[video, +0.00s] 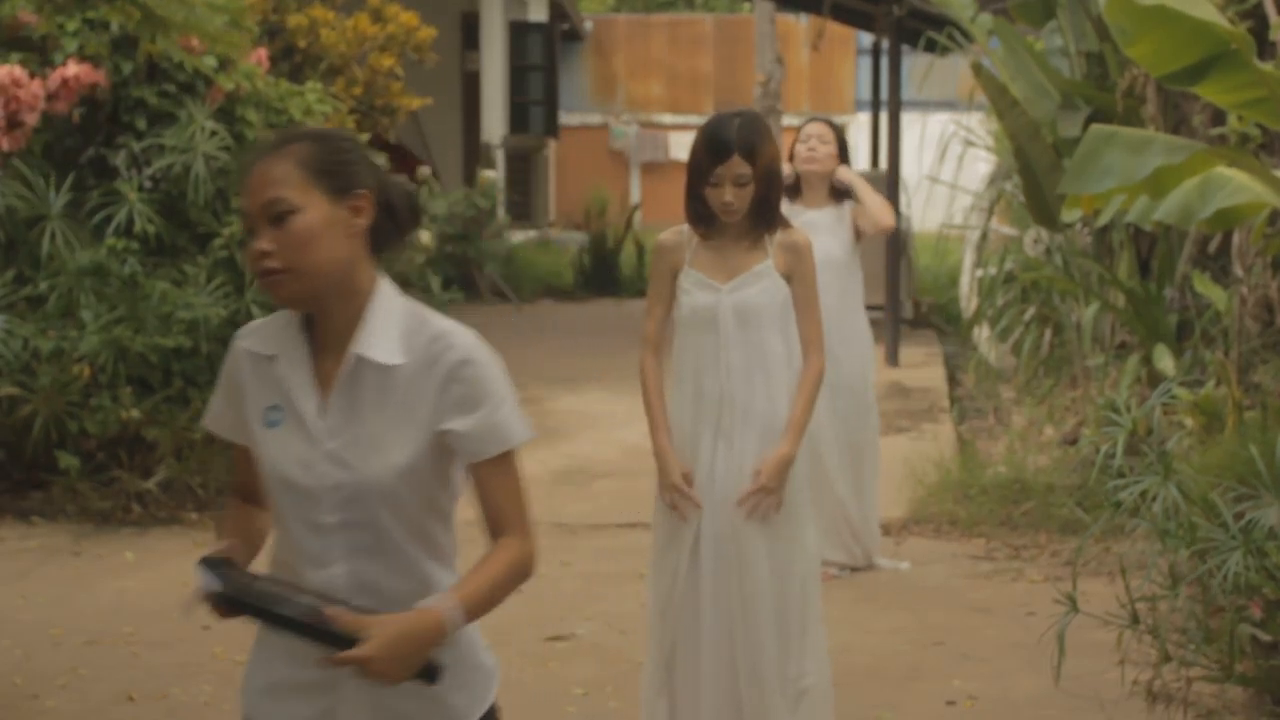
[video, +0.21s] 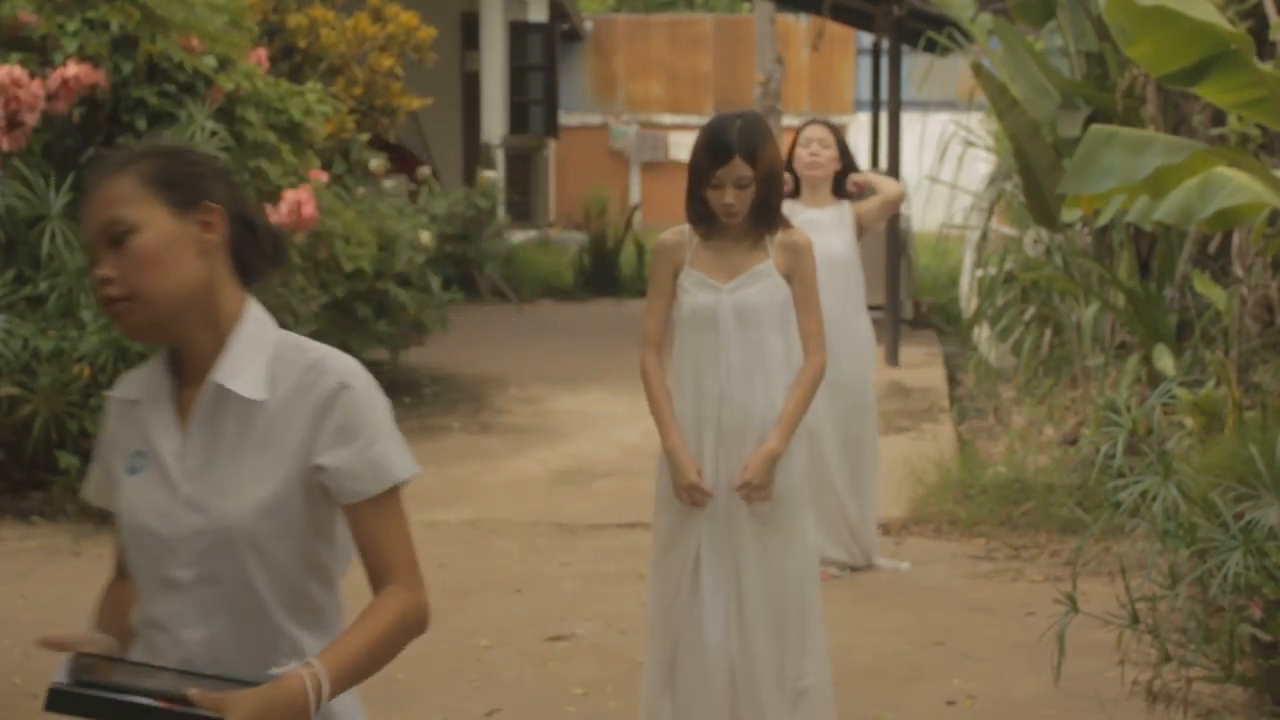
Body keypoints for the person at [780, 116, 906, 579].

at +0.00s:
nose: (811, 148)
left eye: (821, 142)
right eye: (804, 141)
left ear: (839, 159)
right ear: (791, 156)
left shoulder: (848, 209)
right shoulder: (776, 208)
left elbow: (884, 222)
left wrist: (853, 176)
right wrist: (773, 174)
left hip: (845, 334)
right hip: (792, 335)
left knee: (847, 436)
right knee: (798, 435)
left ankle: (851, 543)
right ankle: (805, 545)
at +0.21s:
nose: (814, 153)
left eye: (824, 146)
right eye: (806, 146)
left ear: (839, 160)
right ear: (791, 158)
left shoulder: (851, 214)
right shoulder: (777, 212)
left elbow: (894, 192)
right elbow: (742, 209)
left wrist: (864, 177)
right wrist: (772, 185)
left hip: (847, 332)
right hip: (795, 333)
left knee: (848, 435)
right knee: (801, 435)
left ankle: (850, 542)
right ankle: (807, 546)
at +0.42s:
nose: (816, 152)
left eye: (826, 146)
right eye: (808, 146)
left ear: (842, 158)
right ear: (794, 158)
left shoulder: (854, 212)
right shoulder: (779, 211)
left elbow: (890, 255)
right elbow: (758, 271)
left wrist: (880, 202)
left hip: (846, 334)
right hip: (793, 333)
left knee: (843, 437)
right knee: (796, 436)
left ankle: (845, 544)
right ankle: (801, 545)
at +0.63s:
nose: (814, 163)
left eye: (824, 155)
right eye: (806, 155)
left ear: (840, 162)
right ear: (793, 161)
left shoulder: (862, 218)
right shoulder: (779, 215)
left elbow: (878, 283)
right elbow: (762, 273)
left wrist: (867, 294)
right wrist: (776, 308)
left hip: (846, 339)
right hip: (794, 337)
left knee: (844, 440)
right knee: (798, 438)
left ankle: (845, 544)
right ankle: (802, 546)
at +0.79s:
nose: (813, 169)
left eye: (822, 160)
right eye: (804, 159)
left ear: (838, 165)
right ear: (793, 164)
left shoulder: (862, 219)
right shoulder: (781, 217)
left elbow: (875, 284)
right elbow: (769, 286)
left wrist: (875, 339)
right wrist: (772, 345)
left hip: (847, 350)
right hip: (794, 348)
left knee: (847, 448)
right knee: (799, 443)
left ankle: (850, 545)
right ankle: (804, 545)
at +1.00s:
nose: (814, 166)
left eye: (824, 158)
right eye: (806, 157)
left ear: (837, 163)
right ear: (793, 160)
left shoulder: (862, 218)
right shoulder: (780, 217)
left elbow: (877, 287)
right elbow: (770, 290)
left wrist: (883, 351)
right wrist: (772, 352)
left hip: (851, 347)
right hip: (797, 347)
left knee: (852, 446)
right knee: (803, 441)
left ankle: (854, 544)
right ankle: (809, 543)